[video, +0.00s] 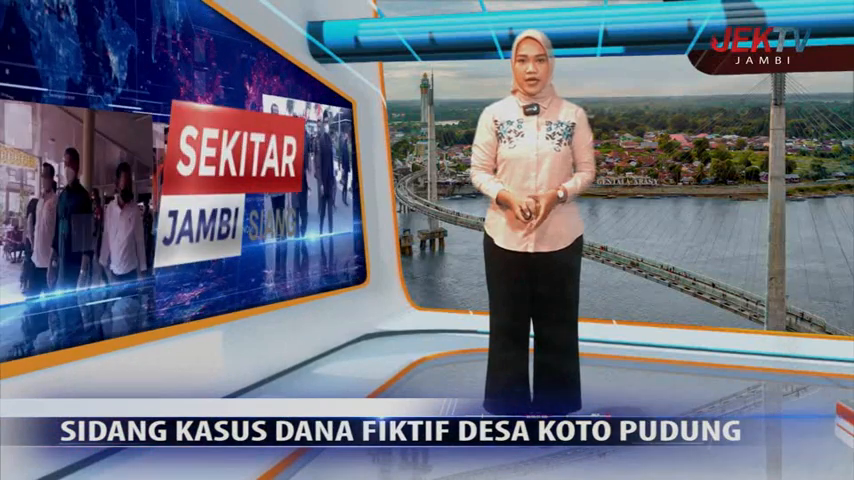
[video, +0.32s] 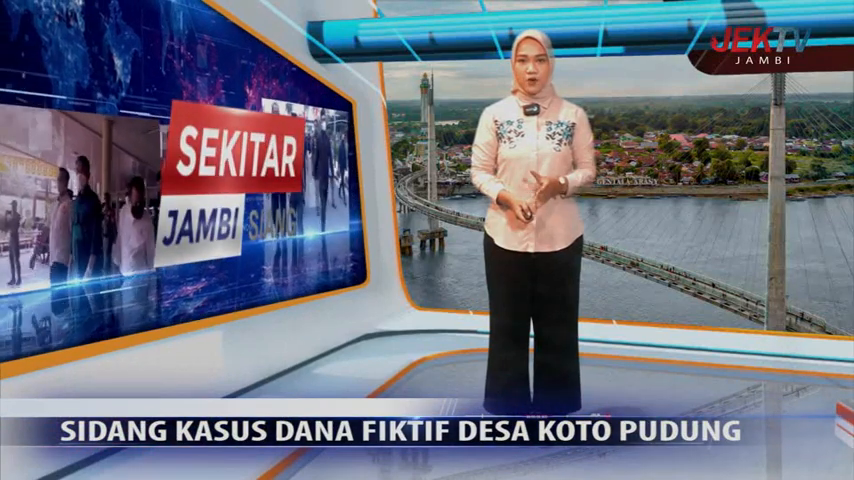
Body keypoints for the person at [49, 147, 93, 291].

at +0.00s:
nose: (66, 169)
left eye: (70, 165)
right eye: (65, 164)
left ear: (77, 167)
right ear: (63, 167)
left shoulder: (83, 196)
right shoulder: (62, 195)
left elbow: (88, 228)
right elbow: (58, 225)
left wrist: (86, 255)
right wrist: (54, 253)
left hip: (75, 252)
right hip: (61, 250)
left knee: (69, 293)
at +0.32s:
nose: (79, 178)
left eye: (82, 175)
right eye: (78, 174)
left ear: (88, 176)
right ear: (76, 176)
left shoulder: (92, 199)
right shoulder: (77, 199)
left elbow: (96, 229)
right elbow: (74, 226)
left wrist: (93, 255)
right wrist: (72, 253)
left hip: (90, 251)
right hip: (77, 251)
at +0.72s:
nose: (90, 175)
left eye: (93, 172)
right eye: (89, 172)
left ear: (98, 173)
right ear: (87, 173)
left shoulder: (103, 194)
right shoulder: (89, 194)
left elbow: (108, 220)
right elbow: (85, 220)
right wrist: (81, 244)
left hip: (99, 243)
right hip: (88, 243)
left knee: (97, 277)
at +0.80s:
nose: (93, 177)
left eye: (95, 174)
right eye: (91, 173)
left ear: (101, 174)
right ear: (89, 175)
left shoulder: (106, 196)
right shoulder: (90, 195)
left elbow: (110, 222)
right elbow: (86, 220)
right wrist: (83, 243)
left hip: (102, 245)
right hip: (90, 244)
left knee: (100, 279)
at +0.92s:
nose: (96, 178)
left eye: (99, 175)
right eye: (95, 174)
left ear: (104, 176)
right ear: (93, 177)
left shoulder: (109, 198)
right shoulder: (95, 197)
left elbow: (114, 222)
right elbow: (90, 221)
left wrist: (115, 245)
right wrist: (86, 242)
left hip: (106, 244)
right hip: (96, 244)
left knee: (104, 278)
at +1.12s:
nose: (97, 179)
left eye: (100, 175)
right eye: (96, 175)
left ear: (105, 176)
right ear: (95, 176)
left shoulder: (108, 200)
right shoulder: (95, 199)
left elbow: (113, 227)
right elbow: (91, 224)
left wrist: (114, 250)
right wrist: (87, 247)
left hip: (104, 248)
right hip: (93, 247)